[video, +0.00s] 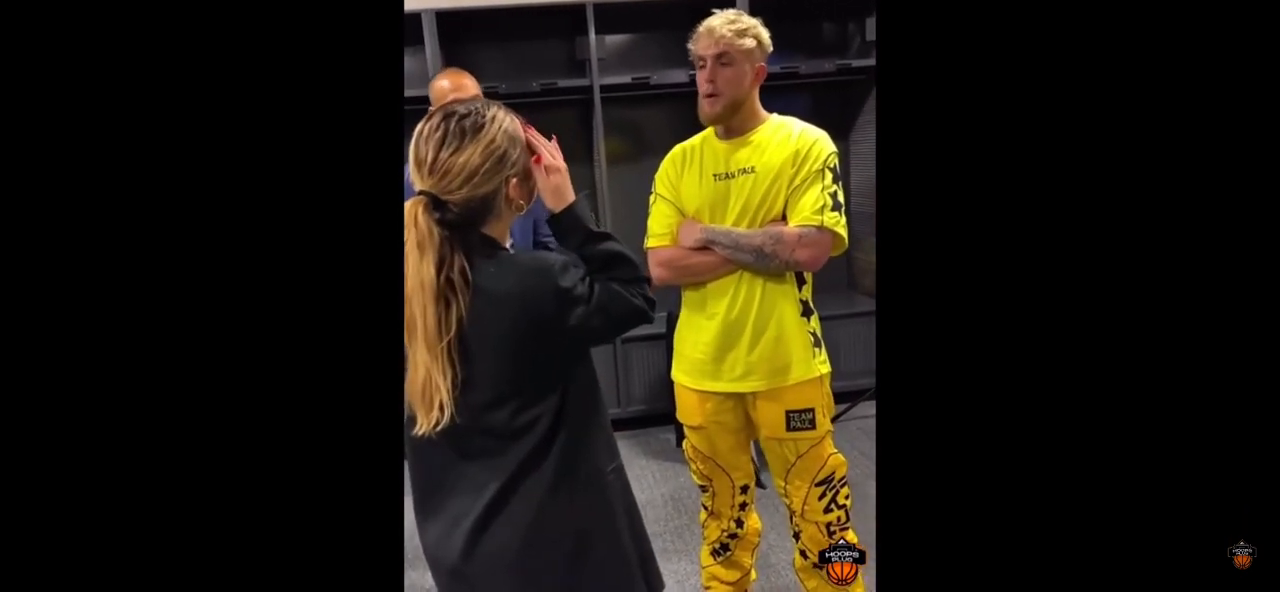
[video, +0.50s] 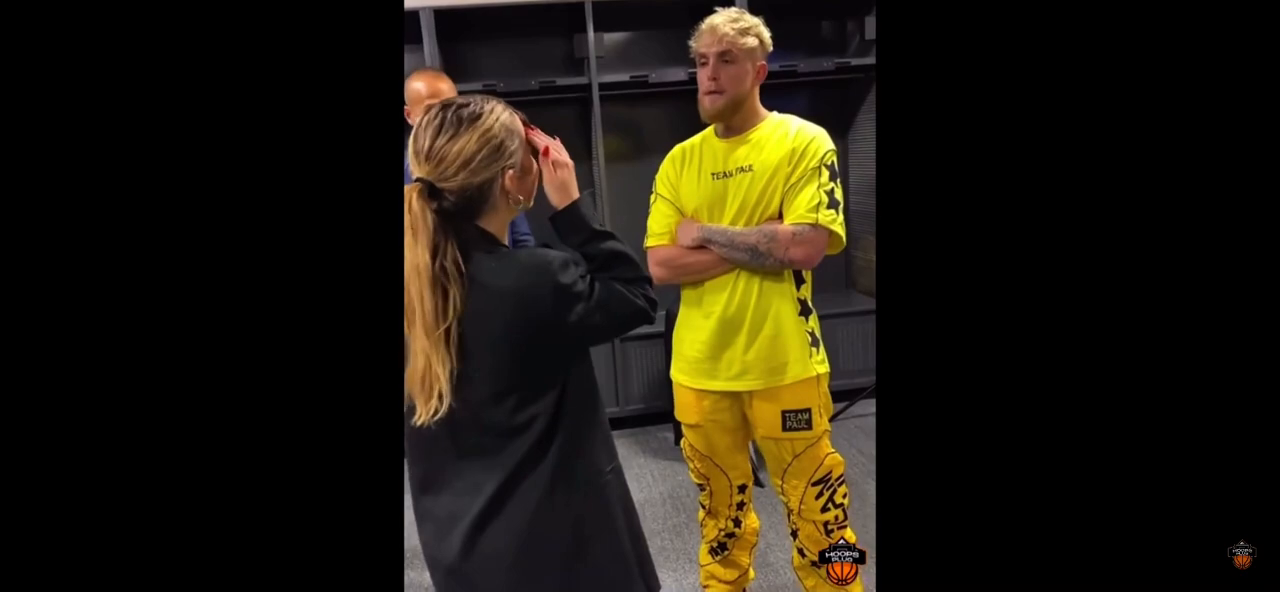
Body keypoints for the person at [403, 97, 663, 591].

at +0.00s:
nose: (532, 174)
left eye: (526, 161)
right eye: (526, 166)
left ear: (430, 184)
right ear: (514, 191)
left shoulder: (413, 279)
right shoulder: (539, 282)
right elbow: (632, 295)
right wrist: (567, 211)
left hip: (452, 533)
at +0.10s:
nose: (530, 173)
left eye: (525, 161)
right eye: (525, 166)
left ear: (428, 184)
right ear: (513, 190)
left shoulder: (412, 280)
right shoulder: (538, 282)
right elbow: (631, 294)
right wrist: (567, 210)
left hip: (452, 536)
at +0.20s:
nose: (531, 171)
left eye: (525, 159)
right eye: (525, 164)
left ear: (429, 183)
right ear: (513, 190)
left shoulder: (413, 279)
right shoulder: (537, 281)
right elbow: (631, 294)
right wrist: (567, 209)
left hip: (452, 534)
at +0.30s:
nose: (531, 168)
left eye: (525, 156)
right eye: (525, 161)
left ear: (428, 182)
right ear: (512, 188)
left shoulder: (412, 278)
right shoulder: (537, 280)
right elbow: (631, 294)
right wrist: (567, 208)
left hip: (451, 532)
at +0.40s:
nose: (531, 165)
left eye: (525, 153)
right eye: (525, 158)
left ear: (429, 180)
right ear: (511, 186)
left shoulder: (412, 277)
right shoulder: (537, 280)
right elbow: (631, 294)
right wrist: (568, 208)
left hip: (450, 531)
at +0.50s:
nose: (533, 165)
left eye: (527, 152)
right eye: (527, 157)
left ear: (432, 181)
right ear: (510, 183)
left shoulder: (414, 276)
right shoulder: (538, 278)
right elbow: (633, 296)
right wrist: (571, 209)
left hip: (451, 532)